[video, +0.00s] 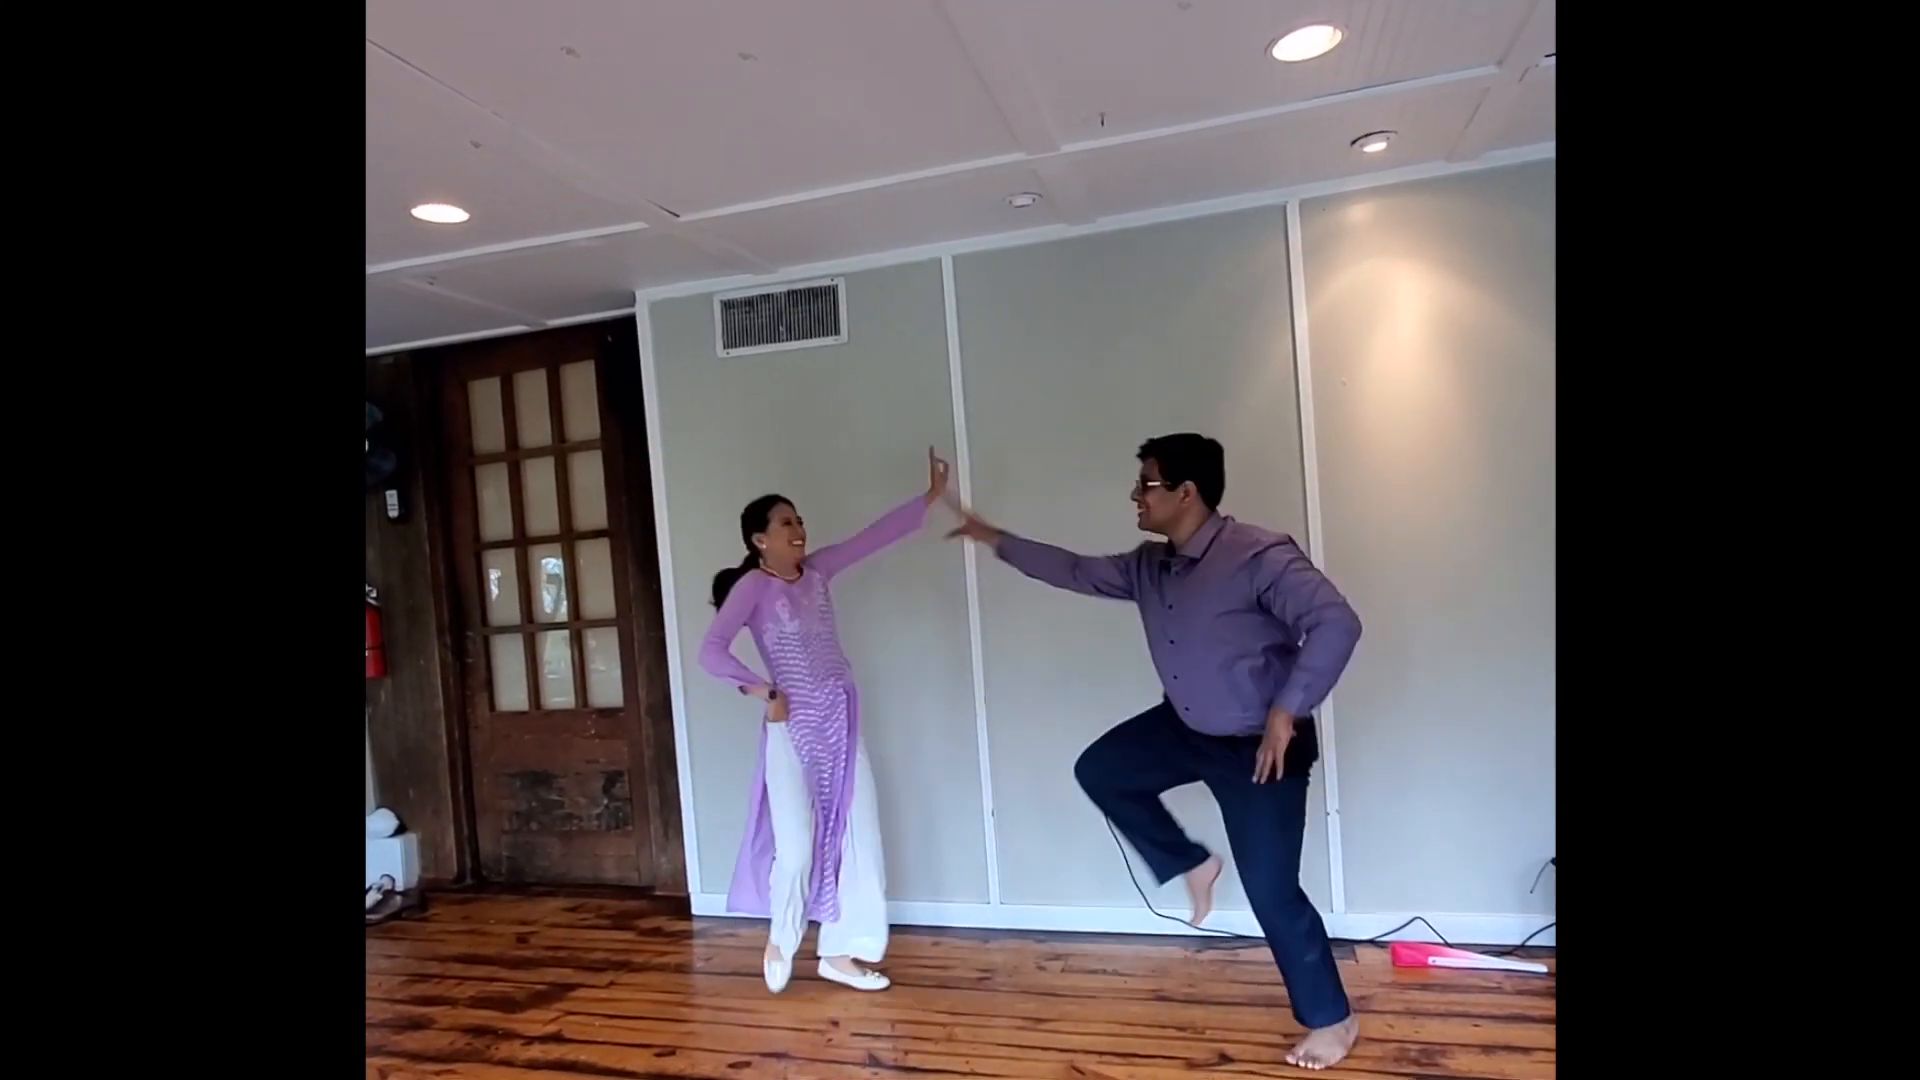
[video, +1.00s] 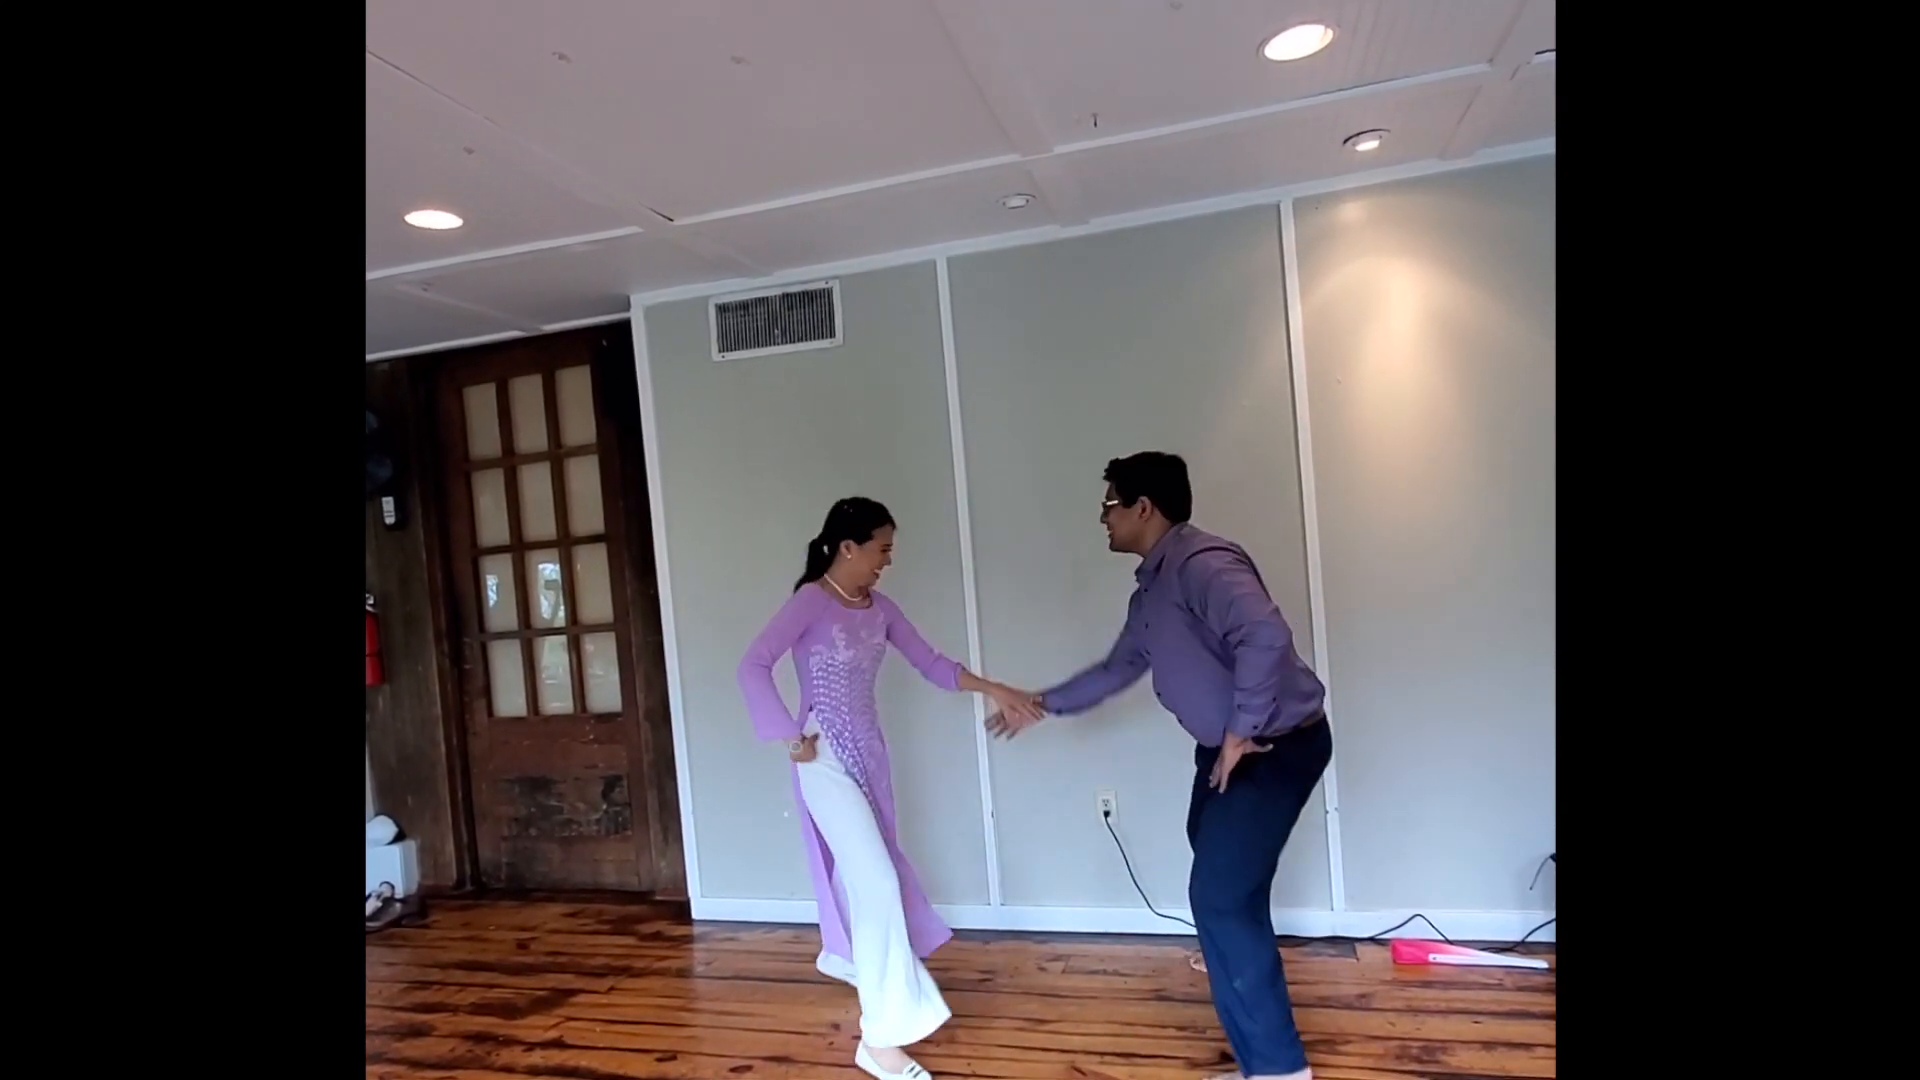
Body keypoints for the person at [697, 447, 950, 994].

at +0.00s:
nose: (799, 529)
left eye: (798, 521)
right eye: (787, 524)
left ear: (801, 532)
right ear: (760, 540)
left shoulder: (819, 571)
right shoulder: (752, 588)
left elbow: (876, 536)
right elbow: (710, 651)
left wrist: (930, 496)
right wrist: (764, 688)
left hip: (843, 720)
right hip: (791, 726)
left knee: (853, 835)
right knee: (798, 844)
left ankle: (835, 954)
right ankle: (781, 943)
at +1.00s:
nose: (887, 562)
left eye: (890, 552)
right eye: (881, 551)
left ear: (863, 551)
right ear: (845, 546)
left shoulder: (880, 608)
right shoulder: (810, 602)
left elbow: (931, 664)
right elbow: (753, 668)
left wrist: (996, 689)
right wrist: (789, 735)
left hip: (870, 757)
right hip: (824, 758)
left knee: (871, 862)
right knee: (877, 877)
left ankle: (842, 951)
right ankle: (879, 1038)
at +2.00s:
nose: (969, 554)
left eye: (967, 545)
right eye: (960, 546)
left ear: (938, 556)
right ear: (929, 556)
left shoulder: (961, 615)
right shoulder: (906, 612)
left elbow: (1006, 682)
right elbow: (873, 690)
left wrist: (1077, 701)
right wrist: (906, 735)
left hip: (953, 756)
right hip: (909, 759)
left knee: (989, 853)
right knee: (935, 870)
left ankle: (988, 951)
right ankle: (893, 1020)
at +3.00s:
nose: (959, 547)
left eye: (960, 540)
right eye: (950, 537)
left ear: (940, 549)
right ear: (915, 543)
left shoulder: (959, 611)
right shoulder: (870, 602)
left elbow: (993, 665)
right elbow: (838, 651)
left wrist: (1003, 687)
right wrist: (838, 706)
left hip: (950, 752)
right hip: (896, 757)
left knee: (965, 869)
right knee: (913, 874)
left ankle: (1003, 931)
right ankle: (961, 992)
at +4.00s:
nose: (894, 532)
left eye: (889, 524)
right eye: (883, 525)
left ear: (859, 542)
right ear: (855, 541)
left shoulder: (864, 600)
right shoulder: (850, 598)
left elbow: (875, 674)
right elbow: (818, 669)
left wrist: (918, 696)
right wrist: (874, 719)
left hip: (871, 756)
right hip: (859, 759)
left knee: (879, 884)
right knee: (874, 889)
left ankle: (861, 1002)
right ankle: (859, 1035)